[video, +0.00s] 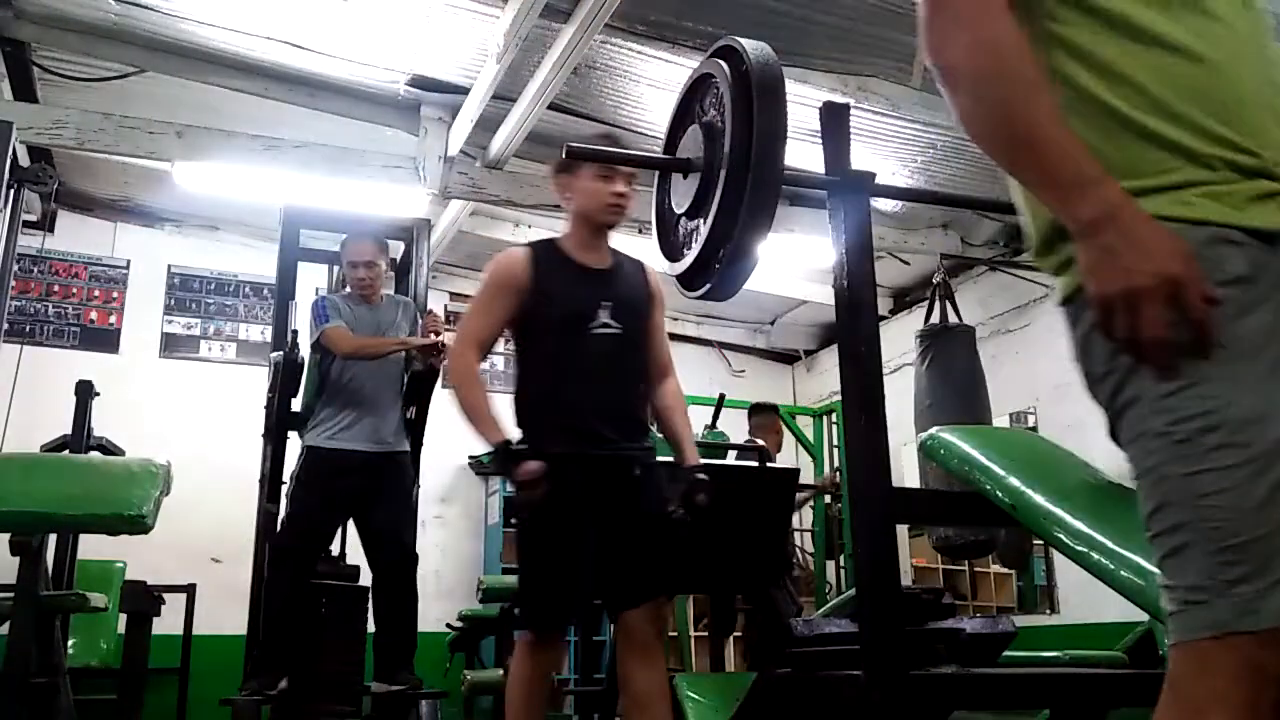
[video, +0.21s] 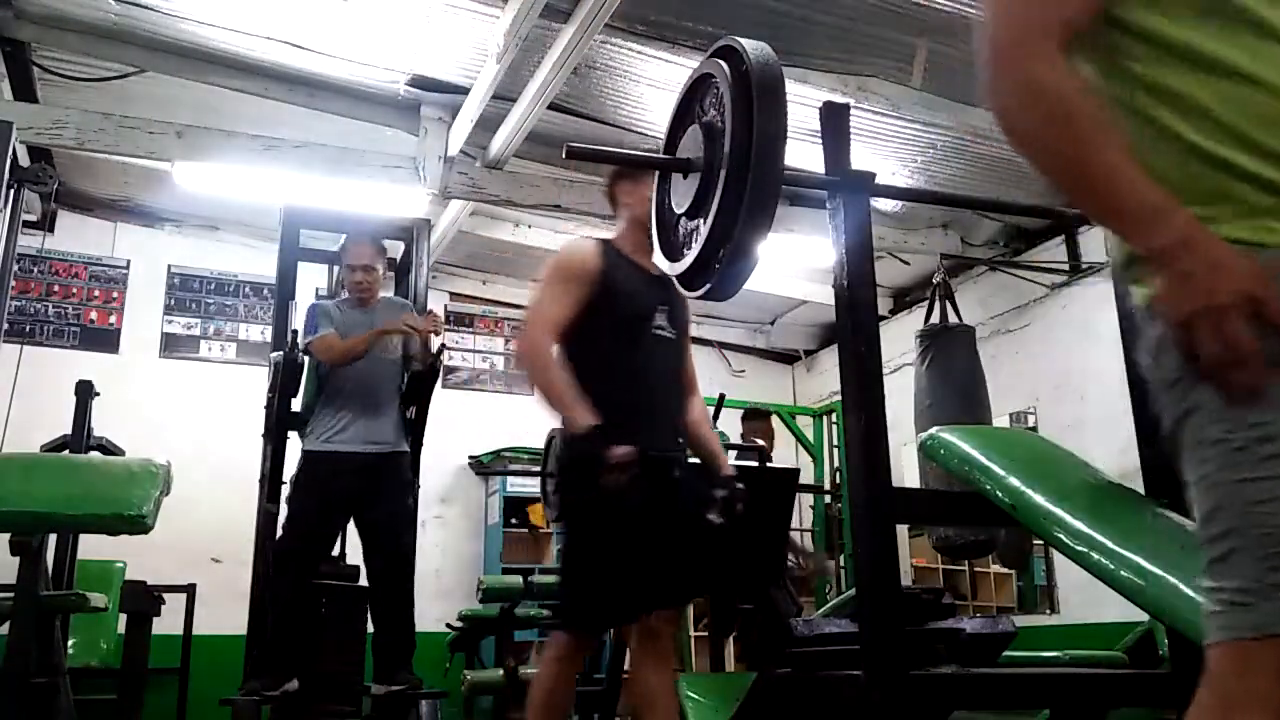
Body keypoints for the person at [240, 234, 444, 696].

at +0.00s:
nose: (361, 274)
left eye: (370, 266)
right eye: (353, 266)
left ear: (386, 266)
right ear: (342, 268)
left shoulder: (406, 310)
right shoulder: (328, 305)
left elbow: (426, 365)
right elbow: (344, 346)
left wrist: (434, 349)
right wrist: (409, 343)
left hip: (388, 455)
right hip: (327, 452)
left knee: (396, 569)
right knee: (291, 560)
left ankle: (396, 671)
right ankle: (270, 671)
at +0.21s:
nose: (360, 277)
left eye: (368, 269)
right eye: (352, 269)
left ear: (383, 270)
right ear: (341, 270)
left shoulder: (403, 312)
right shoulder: (323, 311)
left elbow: (422, 364)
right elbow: (329, 354)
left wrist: (427, 342)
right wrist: (379, 332)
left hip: (387, 458)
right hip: (326, 456)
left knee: (392, 573)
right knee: (293, 566)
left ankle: (395, 672)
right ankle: (280, 672)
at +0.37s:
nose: (349, 280)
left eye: (359, 272)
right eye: (343, 272)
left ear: (379, 271)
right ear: (335, 272)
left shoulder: (401, 313)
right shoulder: (321, 310)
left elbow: (421, 372)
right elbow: (315, 355)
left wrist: (427, 342)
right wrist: (345, 313)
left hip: (381, 458)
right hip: (321, 455)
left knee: (390, 572)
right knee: (292, 564)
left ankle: (396, 672)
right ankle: (279, 670)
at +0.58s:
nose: (349, 286)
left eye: (358, 278)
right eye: (343, 278)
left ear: (379, 276)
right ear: (336, 276)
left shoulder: (401, 314)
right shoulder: (325, 310)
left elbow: (420, 375)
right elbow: (308, 352)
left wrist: (427, 341)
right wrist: (311, 299)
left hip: (377, 457)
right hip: (319, 454)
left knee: (384, 570)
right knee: (294, 563)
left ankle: (395, 670)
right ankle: (281, 668)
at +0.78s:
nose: (348, 288)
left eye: (357, 280)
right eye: (342, 280)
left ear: (379, 277)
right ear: (335, 277)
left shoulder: (403, 314)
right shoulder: (326, 311)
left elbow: (420, 373)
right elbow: (308, 355)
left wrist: (426, 341)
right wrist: (293, 318)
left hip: (377, 455)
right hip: (320, 453)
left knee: (385, 568)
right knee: (294, 561)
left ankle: (395, 670)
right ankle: (281, 667)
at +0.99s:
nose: (358, 289)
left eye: (365, 281)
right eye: (349, 282)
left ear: (378, 278)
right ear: (334, 280)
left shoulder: (396, 312)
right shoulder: (319, 312)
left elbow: (417, 368)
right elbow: (304, 358)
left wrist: (425, 338)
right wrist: (290, 326)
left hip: (378, 455)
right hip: (321, 454)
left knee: (385, 569)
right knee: (296, 563)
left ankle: (395, 671)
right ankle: (283, 668)